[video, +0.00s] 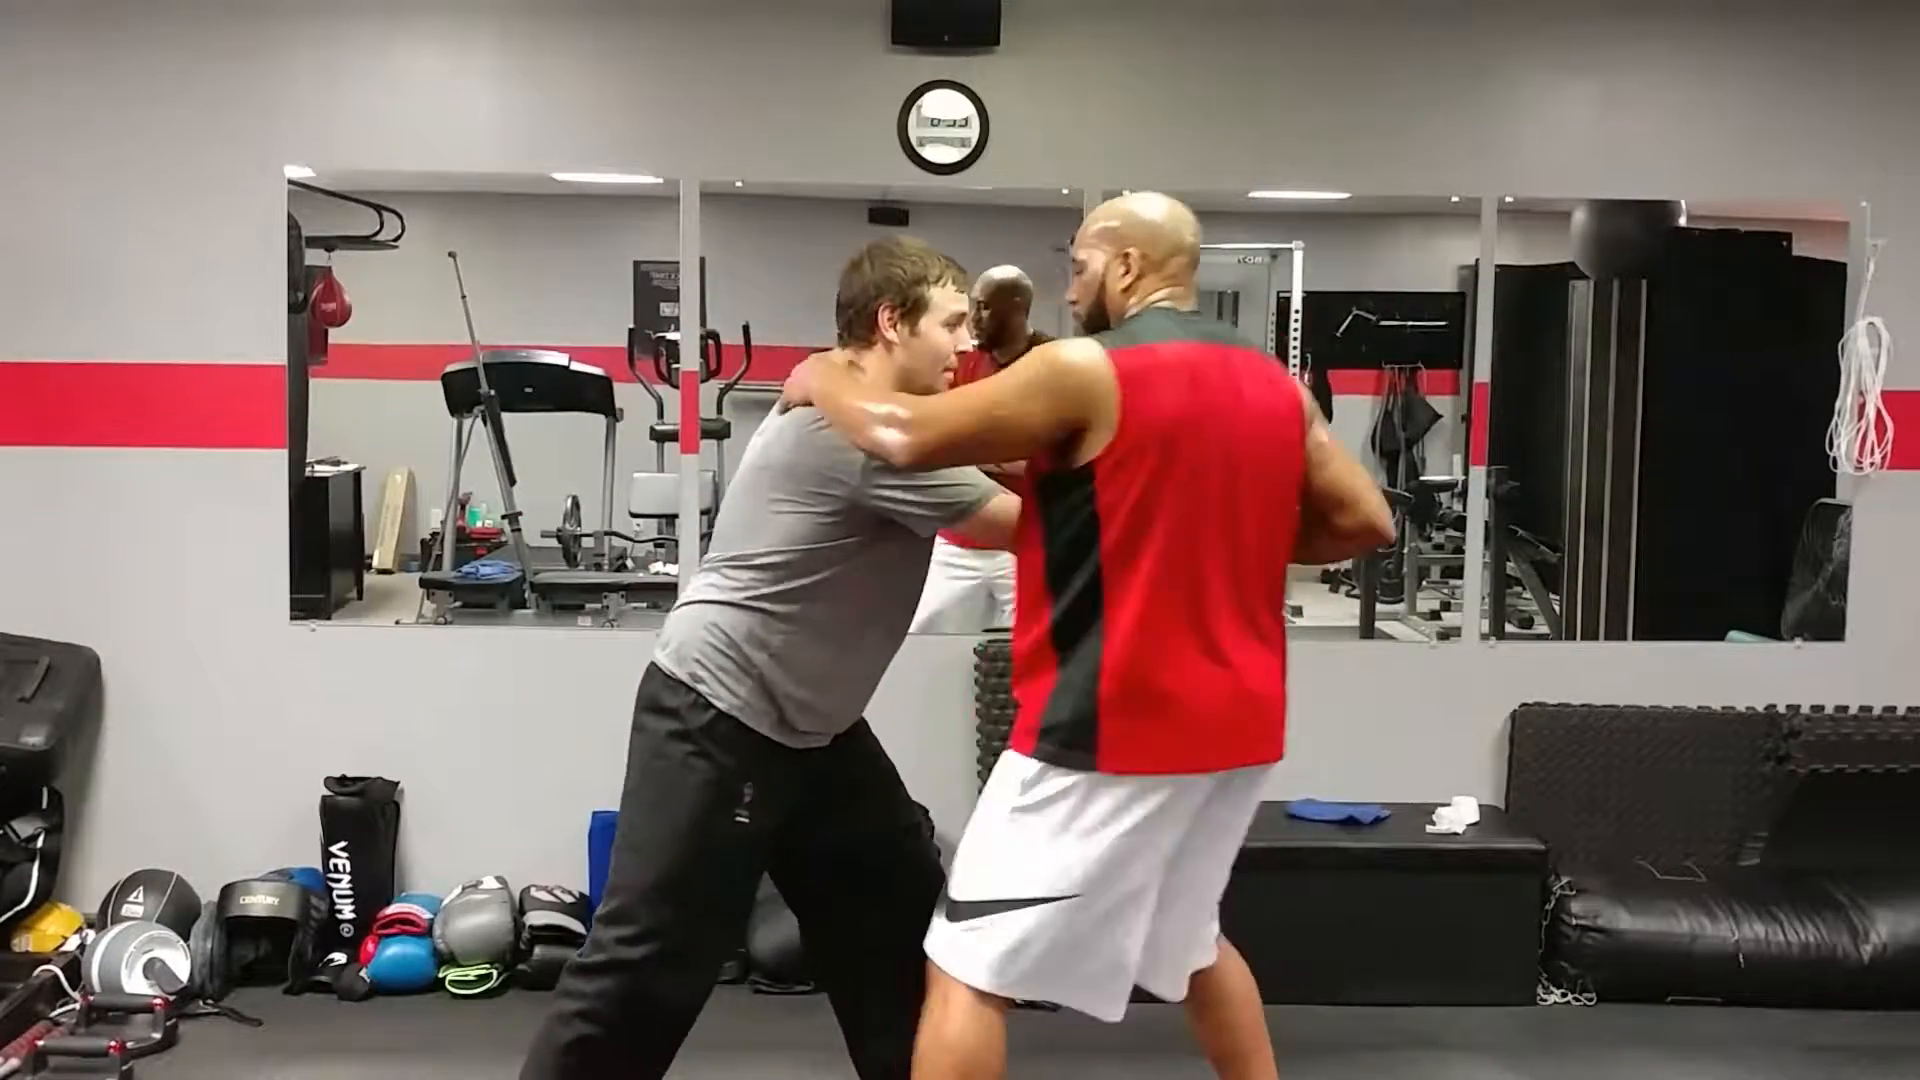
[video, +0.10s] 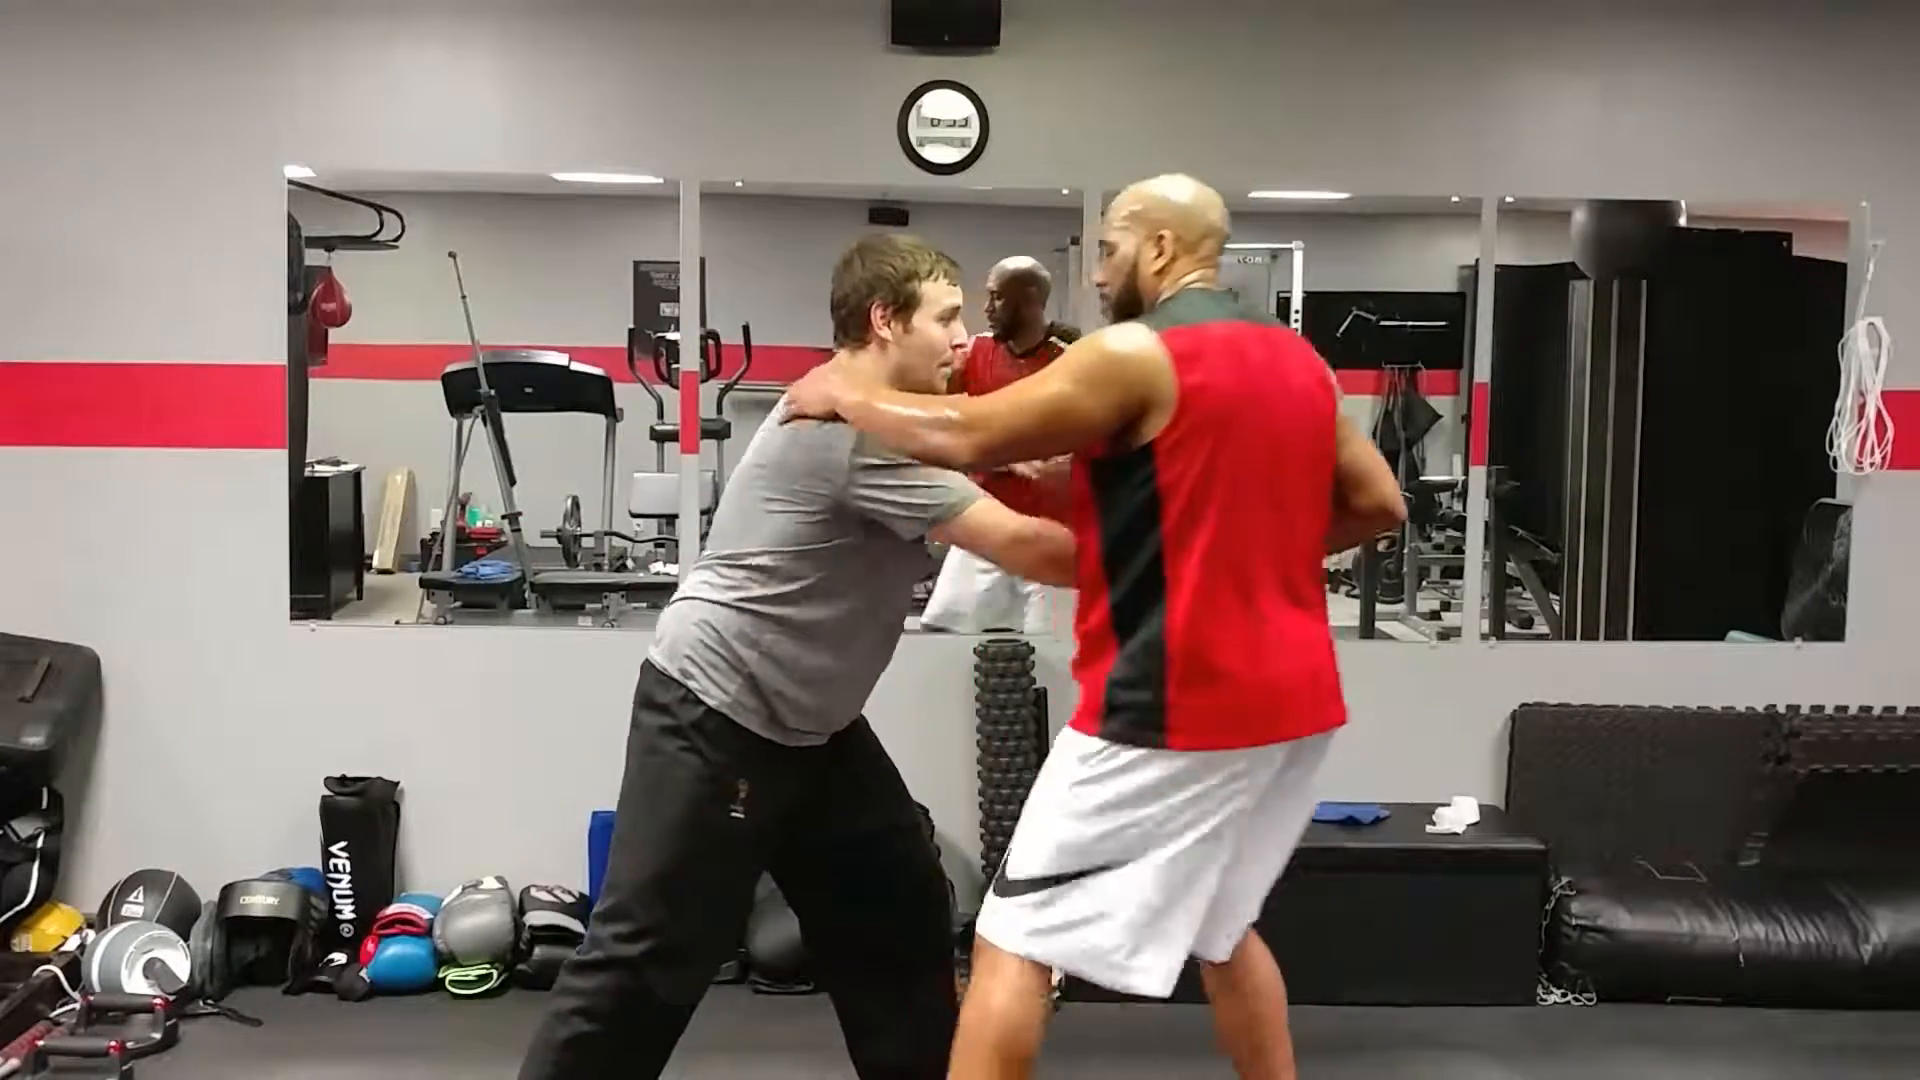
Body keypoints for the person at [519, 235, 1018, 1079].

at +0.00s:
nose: (968, 347)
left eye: (969, 328)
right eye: (953, 323)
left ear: (886, 328)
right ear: (887, 325)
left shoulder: (883, 424)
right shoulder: (854, 431)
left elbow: (1019, 497)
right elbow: (1024, 524)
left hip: (815, 730)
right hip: (711, 714)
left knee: (897, 939)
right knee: (642, 971)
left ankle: (911, 1073)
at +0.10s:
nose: (963, 339)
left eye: (962, 320)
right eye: (945, 317)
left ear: (887, 325)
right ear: (883, 323)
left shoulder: (890, 422)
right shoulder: (853, 431)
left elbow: (1028, 500)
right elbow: (1025, 546)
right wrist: (1151, 565)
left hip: (814, 726)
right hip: (708, 713)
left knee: (901, 932)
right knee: (643, 962)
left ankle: (918, 1072)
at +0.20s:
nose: (954, 335)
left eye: (953, 315)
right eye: (936, 313)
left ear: (871, 324)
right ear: (868, 322)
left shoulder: (889, 425)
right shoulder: (829, 426)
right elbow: (937, 583)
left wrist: (953, 488)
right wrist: (1085, 572)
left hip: (806, 721)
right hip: (698, 710)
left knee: (894, 908)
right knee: (624, 953)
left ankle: (926, 1067)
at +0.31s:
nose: (917, 330)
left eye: (915, 311)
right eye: (897, 311)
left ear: (842, 327)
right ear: (829, 322)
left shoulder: (857, 427)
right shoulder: (769, 421)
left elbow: (867, 563)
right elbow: (807, 603)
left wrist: (929, 525)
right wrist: (964, 598)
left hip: (794, 729)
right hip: (681, 718)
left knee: (890, 915)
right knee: (581, 962)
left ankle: (923, 1073)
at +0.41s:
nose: (850, 325)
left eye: (848, 305)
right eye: (828, 305)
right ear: (761, 319)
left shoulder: (810, 420)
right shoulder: (685, 424)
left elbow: (826, 554)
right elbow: (697, 605)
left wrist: (882, 483)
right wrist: (847, 581)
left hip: (761, 754)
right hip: (635, 747)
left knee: (870, 958)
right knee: (524, 987)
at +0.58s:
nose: (737, 300)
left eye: (735, 279)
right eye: (714, 277)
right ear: (643, 288)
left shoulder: (712, 402)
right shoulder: (557, 392)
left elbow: (792, 499)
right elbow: (608, 533)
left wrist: (802, 401)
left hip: (678, 732)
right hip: (543, 719)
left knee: (785, 965)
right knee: (470, 987)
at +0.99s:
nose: (718, 314)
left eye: (715, 295)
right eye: (698, 294)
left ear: (648, 309)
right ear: (629, 303)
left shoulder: (715, 414)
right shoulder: (545, 422)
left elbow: (810, 490)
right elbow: (609, 525)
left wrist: (798, 389)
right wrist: (675, 393)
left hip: (706, 752)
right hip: (554, 762)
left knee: (820, 916)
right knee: (465, 991)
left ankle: (852, 1064)